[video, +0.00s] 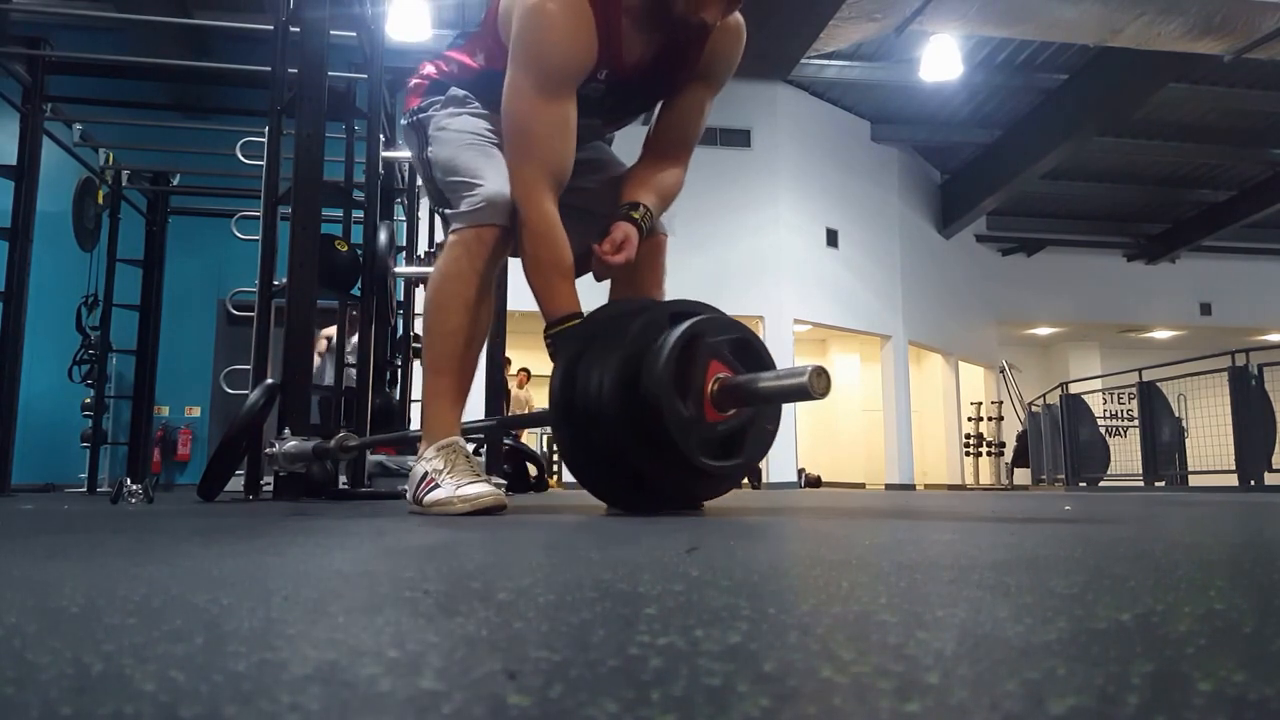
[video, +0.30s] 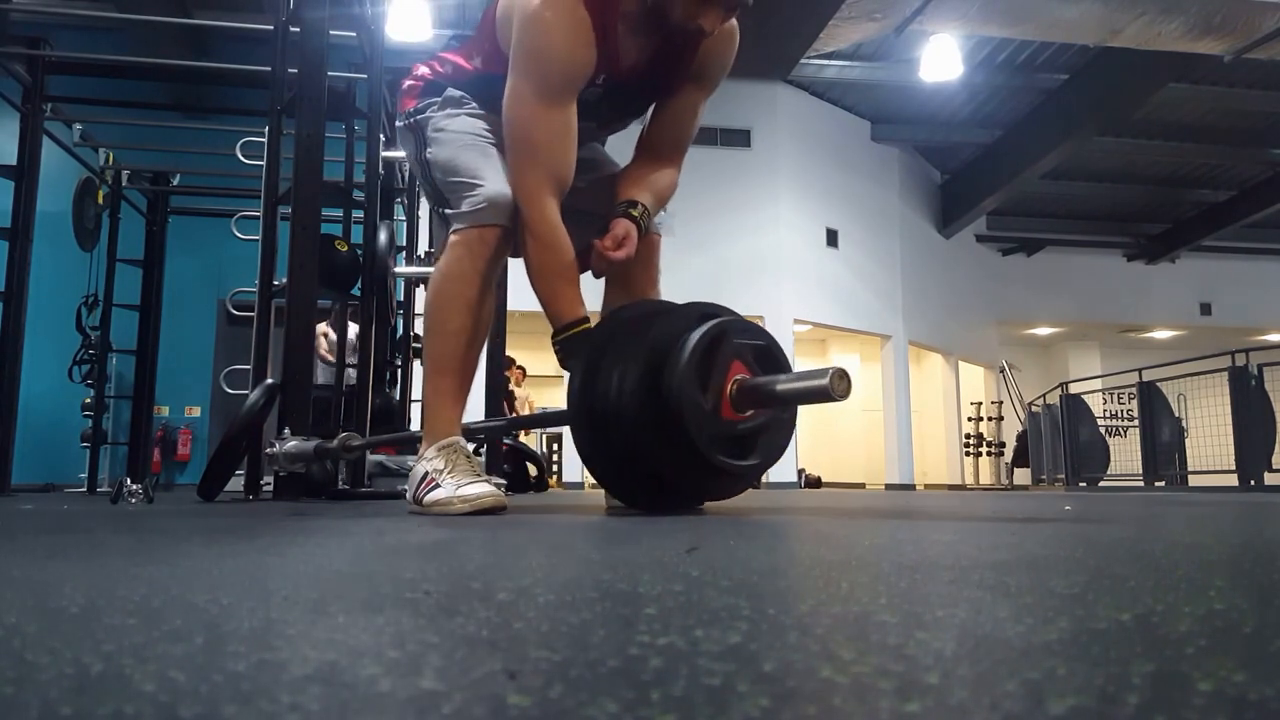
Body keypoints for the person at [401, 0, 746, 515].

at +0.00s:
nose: (718, 11)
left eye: (730, 3)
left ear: (738, 2)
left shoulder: (724, 32)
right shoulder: (558, 14)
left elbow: (668, 155)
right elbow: (536, 191)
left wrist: (634, 214)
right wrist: (570, 345)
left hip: (572, 122)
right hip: (464, 98)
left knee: (646, 238)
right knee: (491, 207)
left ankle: (641, 453)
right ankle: (440, 453)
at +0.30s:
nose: (715, 18)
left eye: (729, 9)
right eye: (709, 1)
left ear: (735, 9)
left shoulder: (717, 37)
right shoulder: (557, 17)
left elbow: (661, 156)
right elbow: (537, 197)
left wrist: (632, 210)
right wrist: (578, 351)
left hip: (563, 121)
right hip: (460, 98)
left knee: (641, 238)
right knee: (491, 207)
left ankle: (638, 458)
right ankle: (440, 453)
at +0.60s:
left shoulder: (719, 21)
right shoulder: (564, 9)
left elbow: (669, 149)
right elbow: (548, 179)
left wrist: (642, 225)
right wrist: (583, 331)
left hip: (576, 117)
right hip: (469, 92)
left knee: (647, 240)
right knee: (497, 210)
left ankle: (641, 461)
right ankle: (442, 453)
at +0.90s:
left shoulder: (723, 5)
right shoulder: (535, 2)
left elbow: (707, 135)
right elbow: (516, 100)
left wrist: (684, 268)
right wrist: (547, 270)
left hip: (576, 107)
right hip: (473, 76)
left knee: (631, 241)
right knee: (496, 225)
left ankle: (630, 463)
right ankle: (456, 449)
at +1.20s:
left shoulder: (722, 2)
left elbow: (713, 107)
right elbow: (500, 60)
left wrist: (705, 240)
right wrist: (523, 222)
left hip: (576, 99)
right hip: (475, 72)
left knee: (632, 243)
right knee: (494, 222)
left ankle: (632, 461)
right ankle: (459, 449)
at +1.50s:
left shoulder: (726, 3)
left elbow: (711, 124)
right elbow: (517, 83)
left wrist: (699, 259)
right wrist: (539, 248)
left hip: (574, 107)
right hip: (470, 76)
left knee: (629, 243)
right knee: (494, 224)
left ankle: (651, 460)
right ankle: (463, 450)